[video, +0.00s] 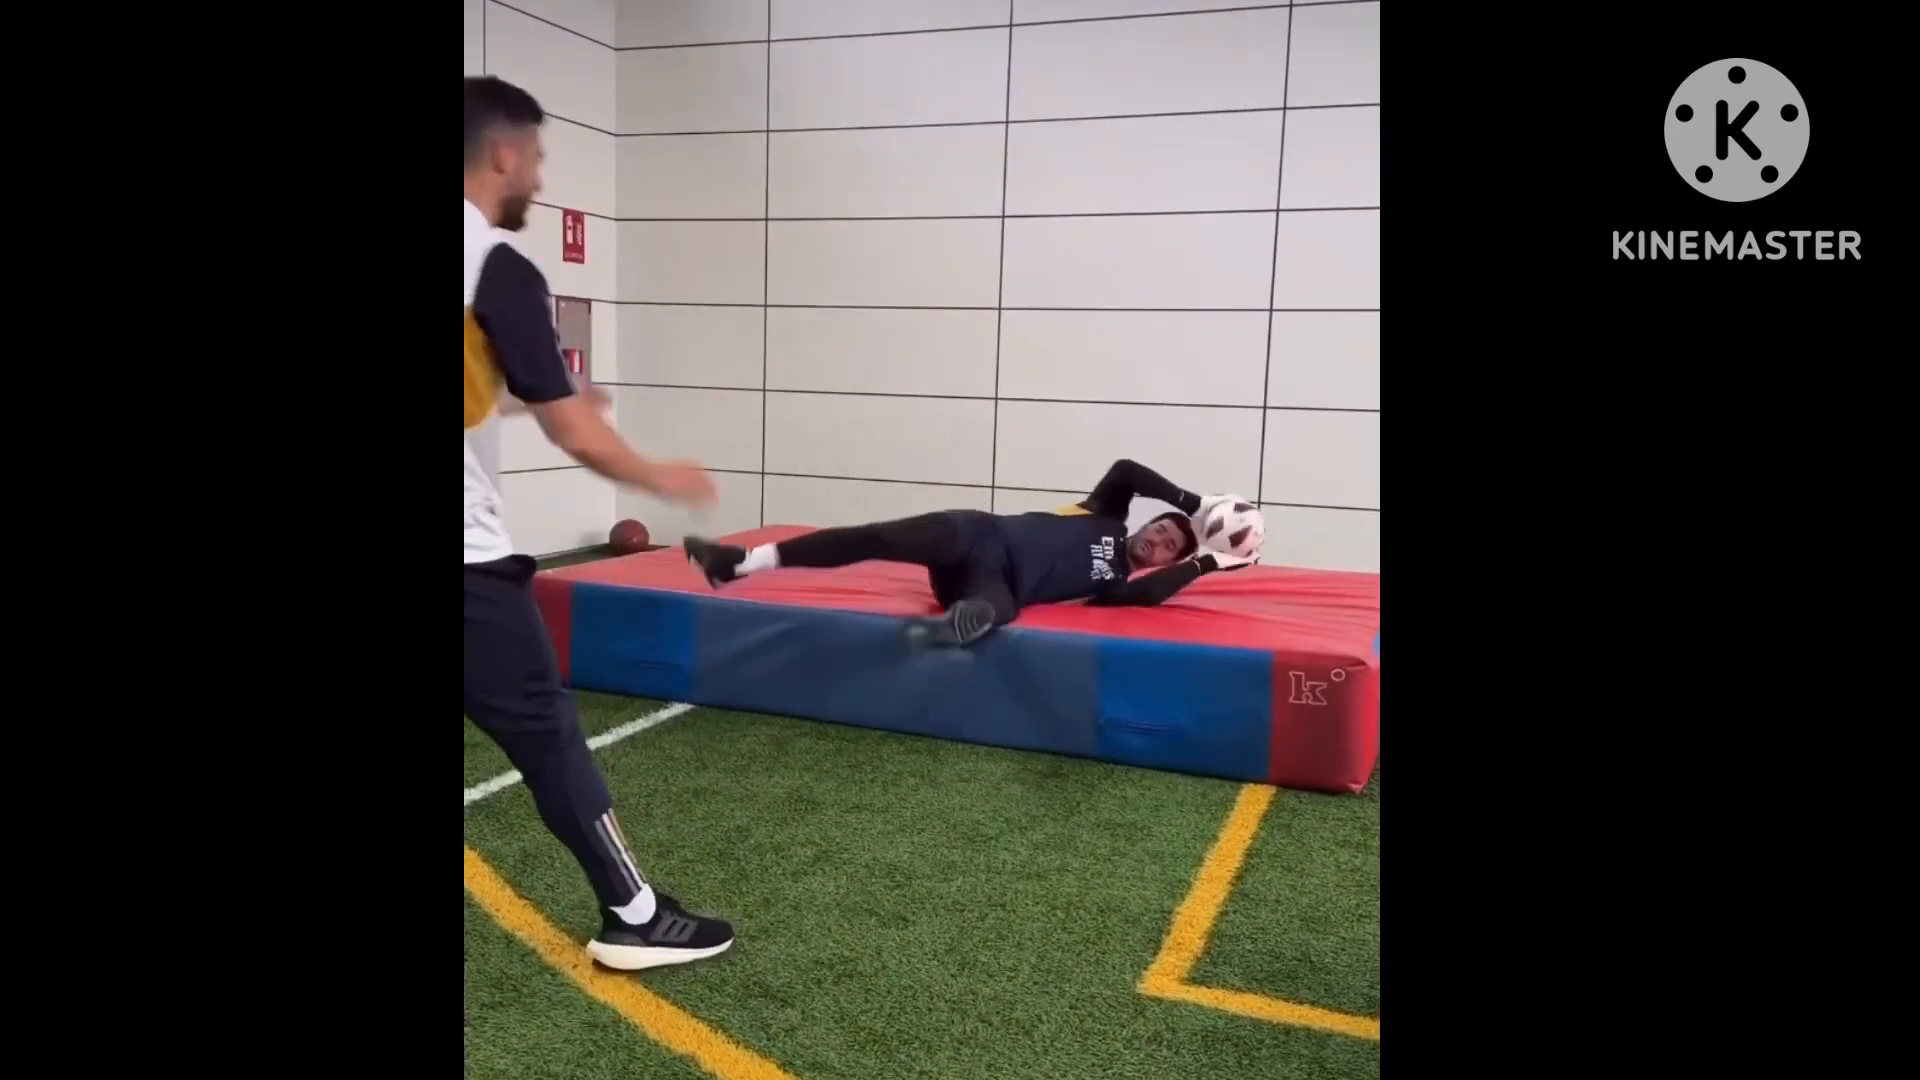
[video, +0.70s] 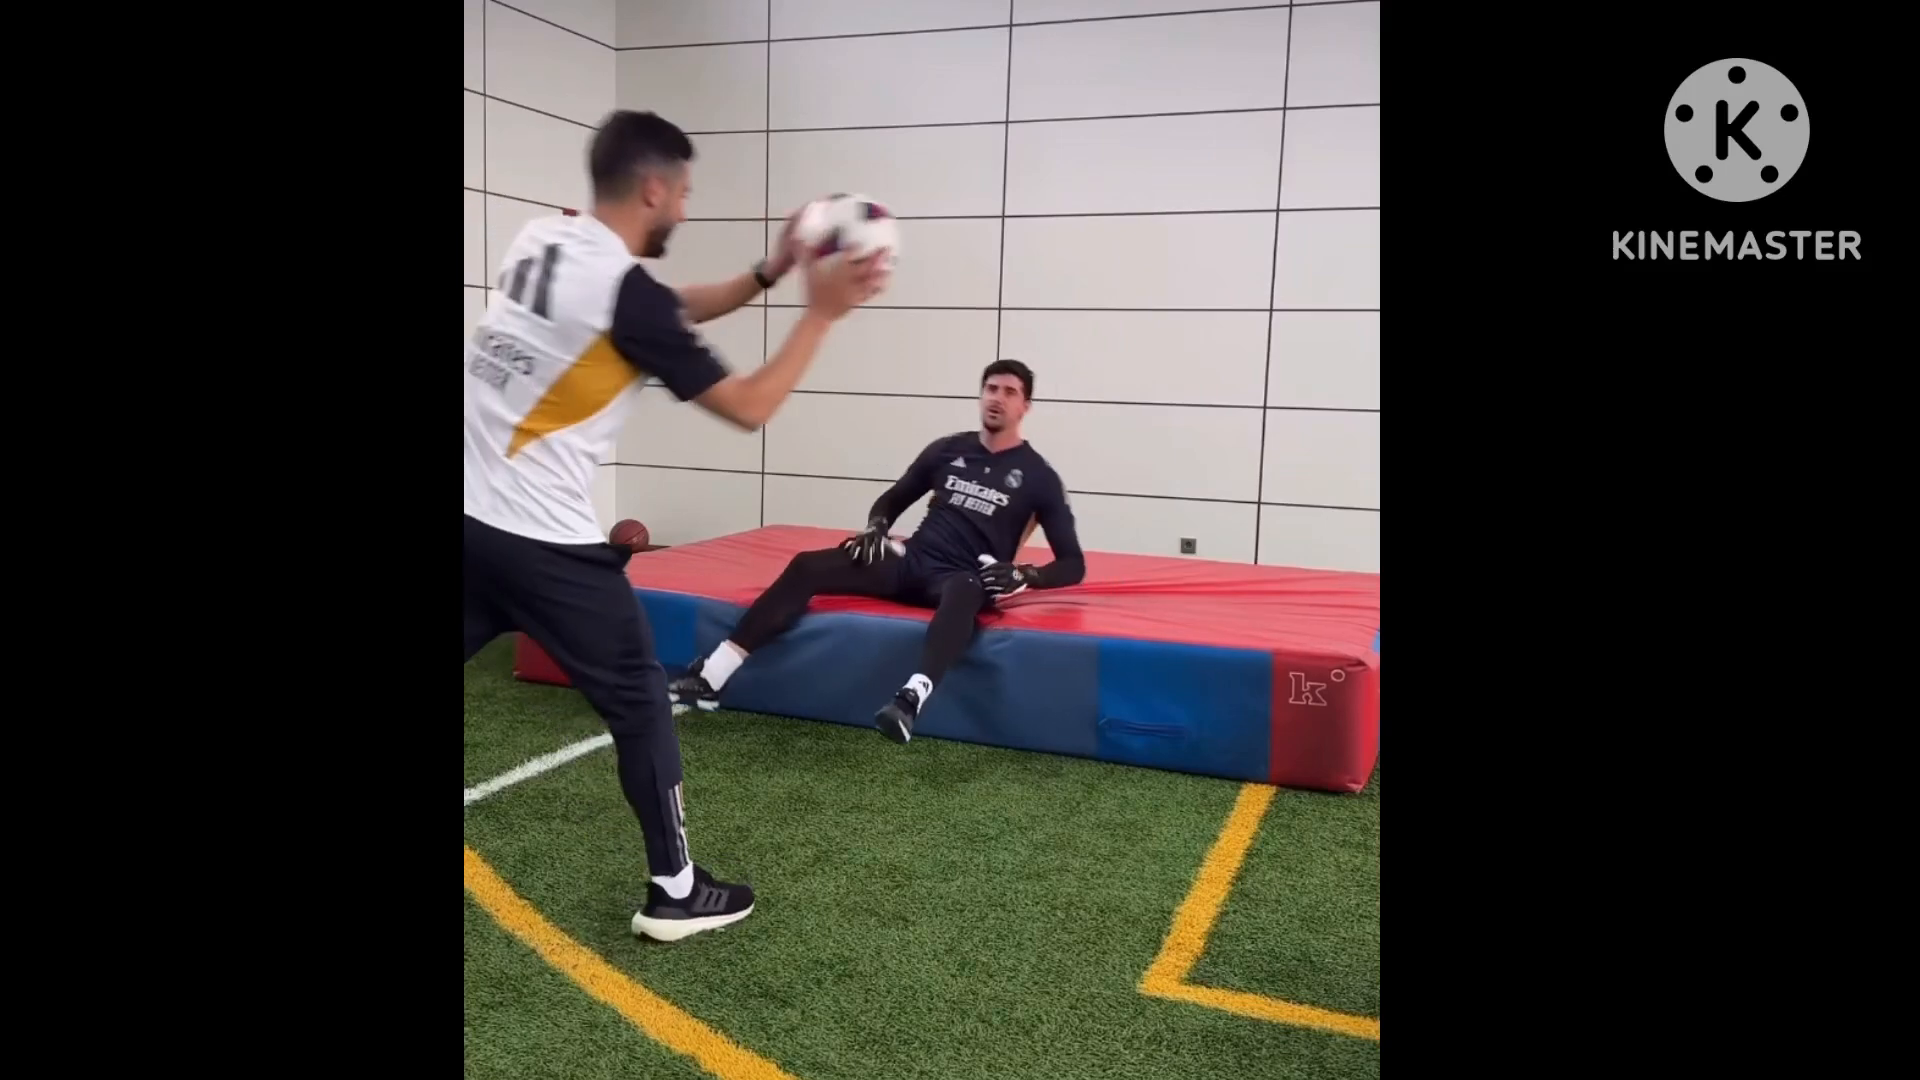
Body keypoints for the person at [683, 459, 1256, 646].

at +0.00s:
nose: (1162, 545)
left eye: (1172, 551)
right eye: (1164, 535)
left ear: (1162, 568)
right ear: (1146, 526)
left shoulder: (1120, 585)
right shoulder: (1102, 522)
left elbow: (1157, 589)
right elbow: (1125, 472)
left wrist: (1209, 558)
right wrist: (1194, 502)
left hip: (1000, 580)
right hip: (982, 530)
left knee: (989, 606)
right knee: (877, 539)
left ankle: (954, 627)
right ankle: (742, 562)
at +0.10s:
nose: (1162, 538)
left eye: (1173, 542)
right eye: (1163, 526)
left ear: (1171, 560)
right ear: (1147, 517)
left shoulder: (1128, 583)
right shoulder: (1108, 517)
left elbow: (1132, 590)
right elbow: (1103, 457)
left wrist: (1187, 551)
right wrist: (1174, 480)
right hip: (994, 523)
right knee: (888, 510)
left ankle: (923, 617)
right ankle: (748, 551)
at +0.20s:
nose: (1160, 527)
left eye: (1172, 533)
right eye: (1164, 518)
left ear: (1165, 550)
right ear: (1147, 512)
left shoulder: (1126, 580)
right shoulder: (1098, 512)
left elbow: (1127, 585)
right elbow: (1076, 449)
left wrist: (1145, 548)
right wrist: (1130, 440)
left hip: (1001, 575)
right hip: (986, 525)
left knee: (1014, 599)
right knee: (877, 510)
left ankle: (935, 636)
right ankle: (744, 554)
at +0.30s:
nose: (1140, 511)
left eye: (1152, 512)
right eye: (1138, 502)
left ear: (1156, 530)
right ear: (1124, 502)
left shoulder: (1118, 577)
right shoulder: (1083, 509)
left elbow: (1110, 601)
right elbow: (1050, 475)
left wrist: (1112, 558)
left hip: (1001, 581)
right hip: (973, 538)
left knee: (1002, 604)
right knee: (870, 534)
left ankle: (932, 669)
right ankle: (738, 572)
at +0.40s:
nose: (1103, 488)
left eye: (1116, 485)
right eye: (1100, 479)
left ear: (1132, 501)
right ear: (1090, 482)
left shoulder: (1108, 562)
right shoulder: (1050, 496)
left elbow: (1116, 602)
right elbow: (993, 467)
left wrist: (1090, 585)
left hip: (990, 586)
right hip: (952, 551)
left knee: (988, 603)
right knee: (854, 554)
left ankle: (923, 690)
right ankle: (728, 605)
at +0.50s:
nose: (1065, 448)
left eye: (1077, 443)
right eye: (1062, 439)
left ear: (1096, 457)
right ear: (1052, 444)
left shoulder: (1093, 529)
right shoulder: (1011, 475)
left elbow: (1111, 601)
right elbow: (943, 468)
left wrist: (1077, 580)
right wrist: (909, 451)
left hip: (980, 584)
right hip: (935, 555)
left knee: (981, 595)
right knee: (835, 561)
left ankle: (916, 686)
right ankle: (715, 629)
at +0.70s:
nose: (997, 399)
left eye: (1010, 393)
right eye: (992, 389)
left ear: (1027, 406)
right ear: (980, 398)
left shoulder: (1039, 478)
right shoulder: (947, 450)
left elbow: (1073, 567)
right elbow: (889, 503)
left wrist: (1025, 576)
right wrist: (875, 530)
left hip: (962, 580)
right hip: (906, 567)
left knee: (968, 584)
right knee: (806, 566)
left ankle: (911, 700)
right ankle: (709, 678)